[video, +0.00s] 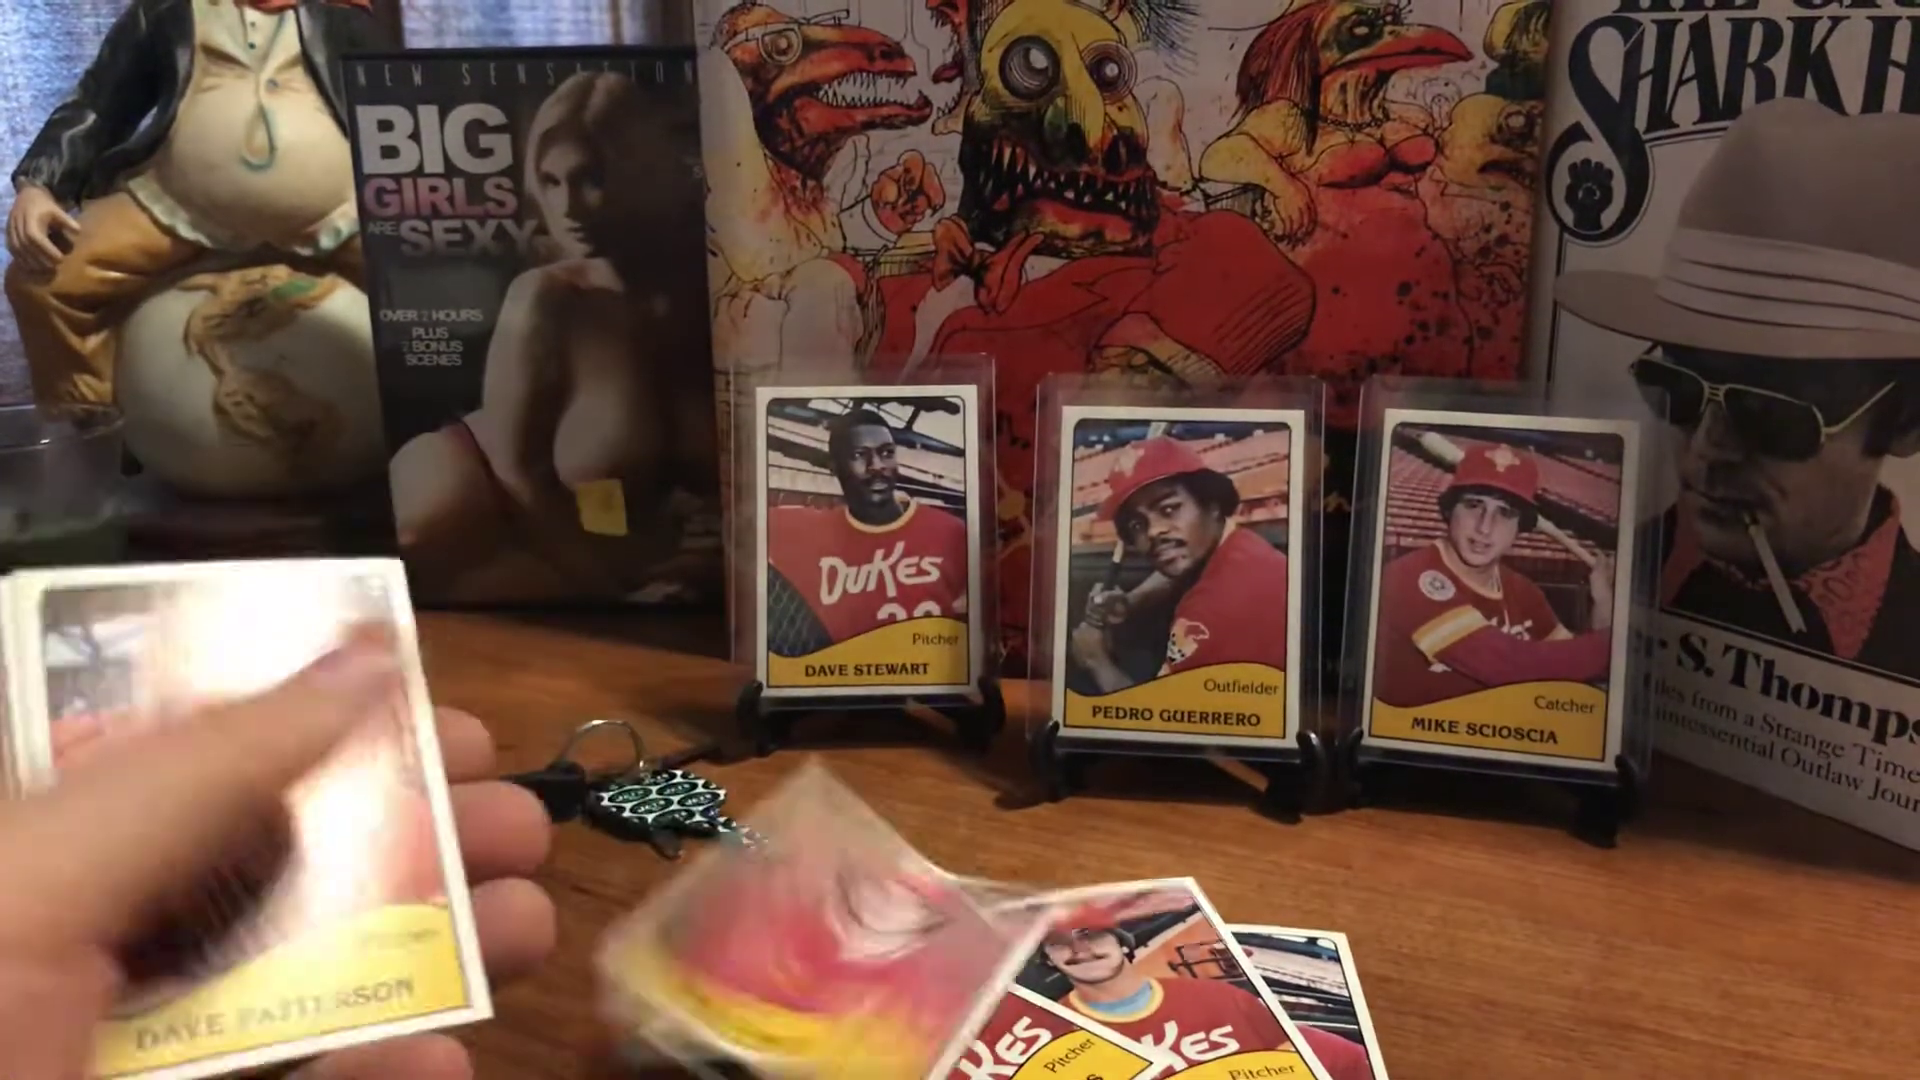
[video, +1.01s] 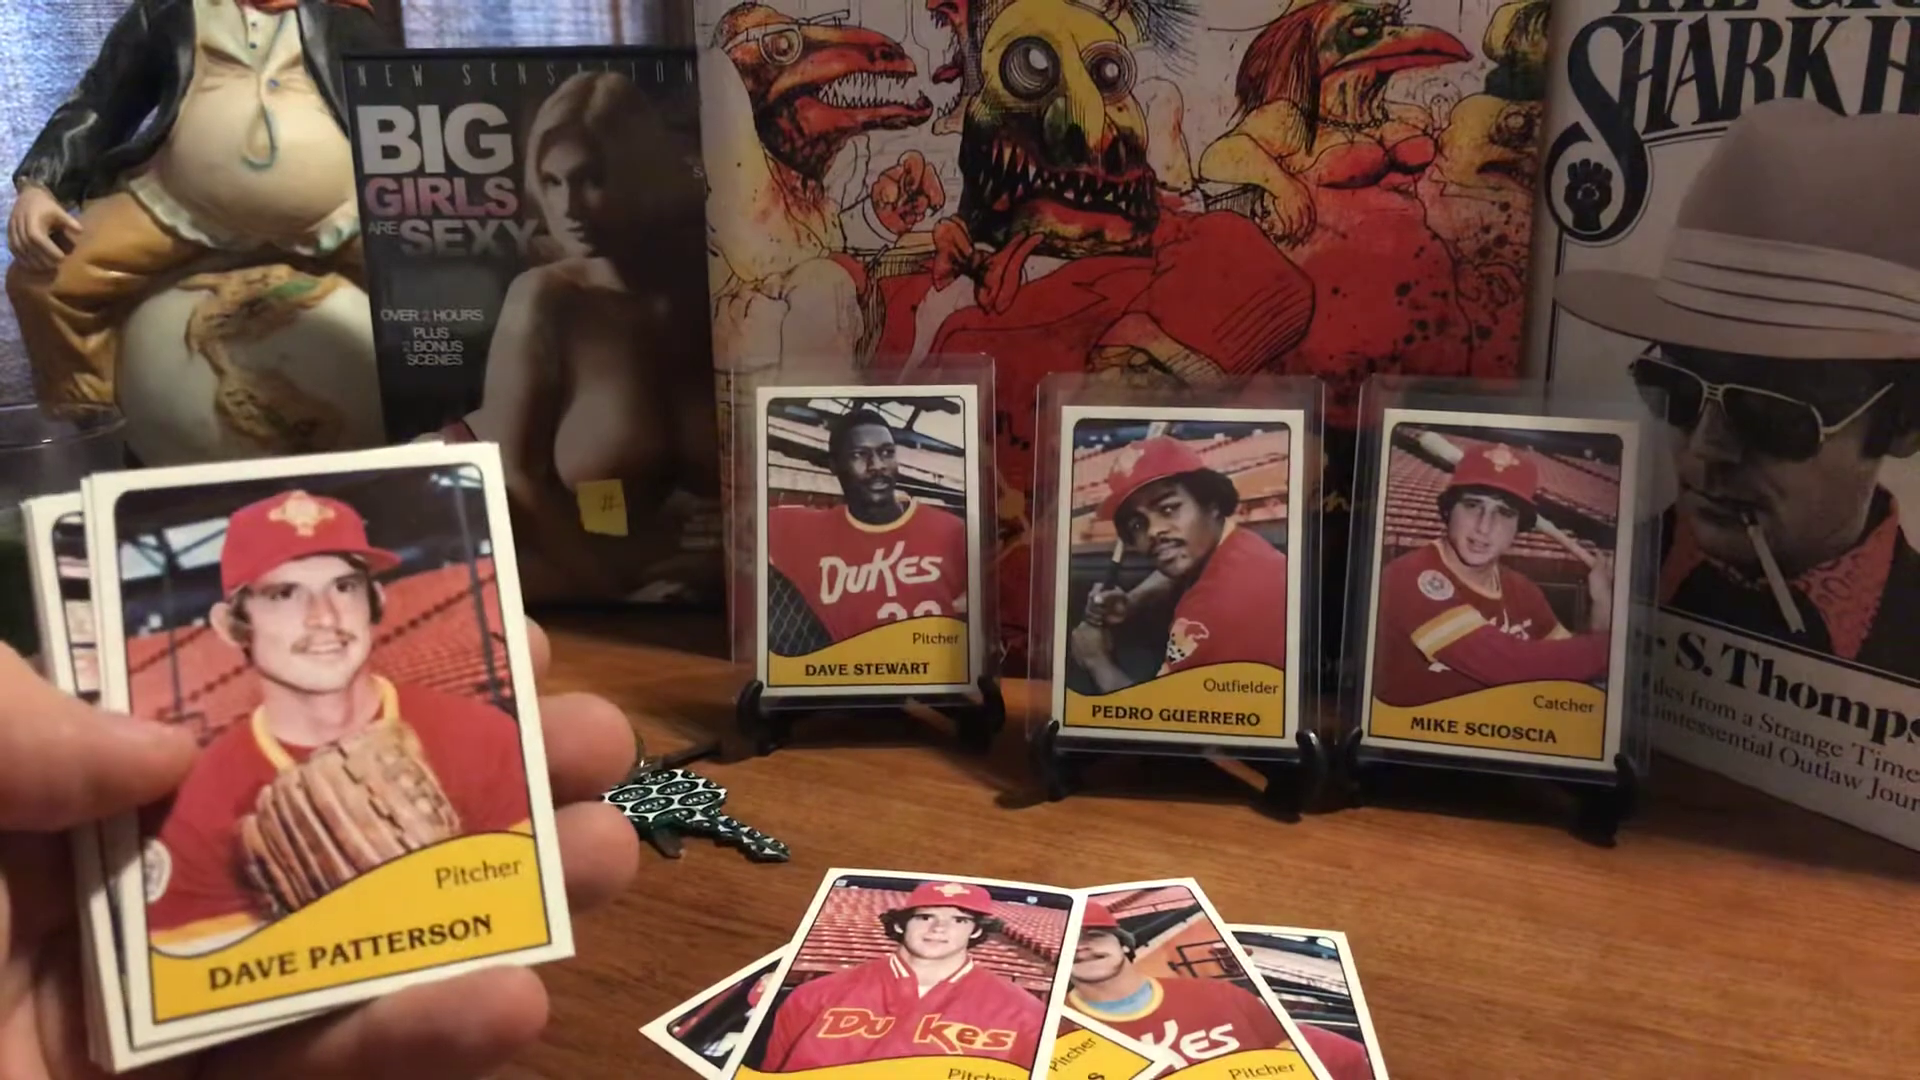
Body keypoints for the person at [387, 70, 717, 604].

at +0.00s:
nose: (569, 205)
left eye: (591, 179)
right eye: (552, 182)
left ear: (644, 178)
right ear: (535, 189)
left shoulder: (692, 297)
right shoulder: (544, 299)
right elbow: (514, 464)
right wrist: (608, 575)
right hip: (481, 464)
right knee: (428, 539)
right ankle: (614, 584)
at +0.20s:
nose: (569, 203)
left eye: (591, 176)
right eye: (552, 180)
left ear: (642, 175)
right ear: (535, 187)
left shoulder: (696, 293)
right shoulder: (544, 296)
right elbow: (514, 465)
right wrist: (615, 578)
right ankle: (615, 585)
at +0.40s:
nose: (569, 204)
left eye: (592, 177)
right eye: (552, 180)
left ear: (644, 177)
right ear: (536, 187)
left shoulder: (697, 295)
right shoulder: (545, 296)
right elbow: (514, 463)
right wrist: (613, 577)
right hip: (481, 464)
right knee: (420, 536)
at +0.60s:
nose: (569, 206)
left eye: (590, 179)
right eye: (552, 182)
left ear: (641, 176)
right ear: (536, 189)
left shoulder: (694, 295)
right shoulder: (544, 300)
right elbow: (514, 466)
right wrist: (611, 579)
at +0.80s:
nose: (570, 205)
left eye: (592, 178)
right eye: (552, 182)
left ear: (641, 179)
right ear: (538, 190)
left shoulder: (699, 299)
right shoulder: (543, 298)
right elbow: (508, 471)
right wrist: (609, 580)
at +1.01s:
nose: (570, 205)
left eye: (593, 179)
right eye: (553, 182)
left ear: (638, 179)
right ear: (537, 189)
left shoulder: (699, 294)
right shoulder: (543, 298)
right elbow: (508, 470)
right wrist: (609, 577)